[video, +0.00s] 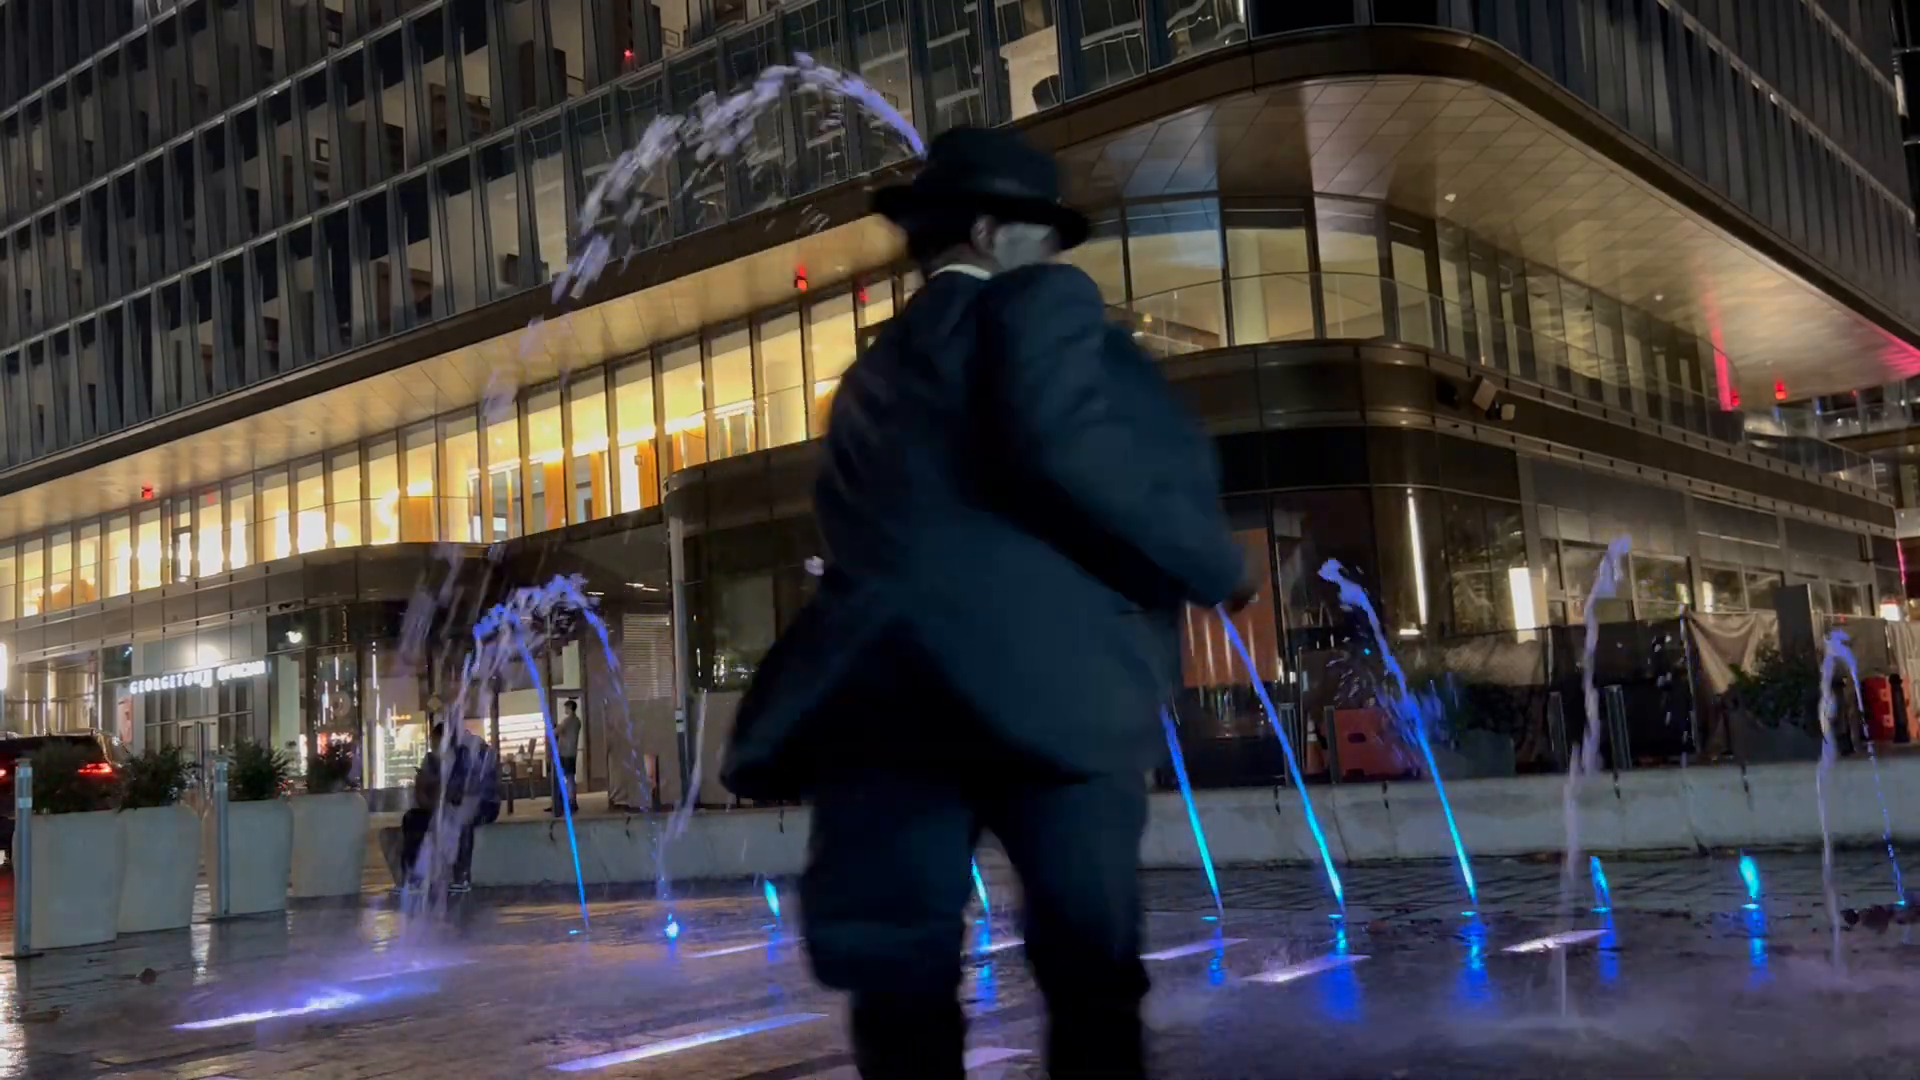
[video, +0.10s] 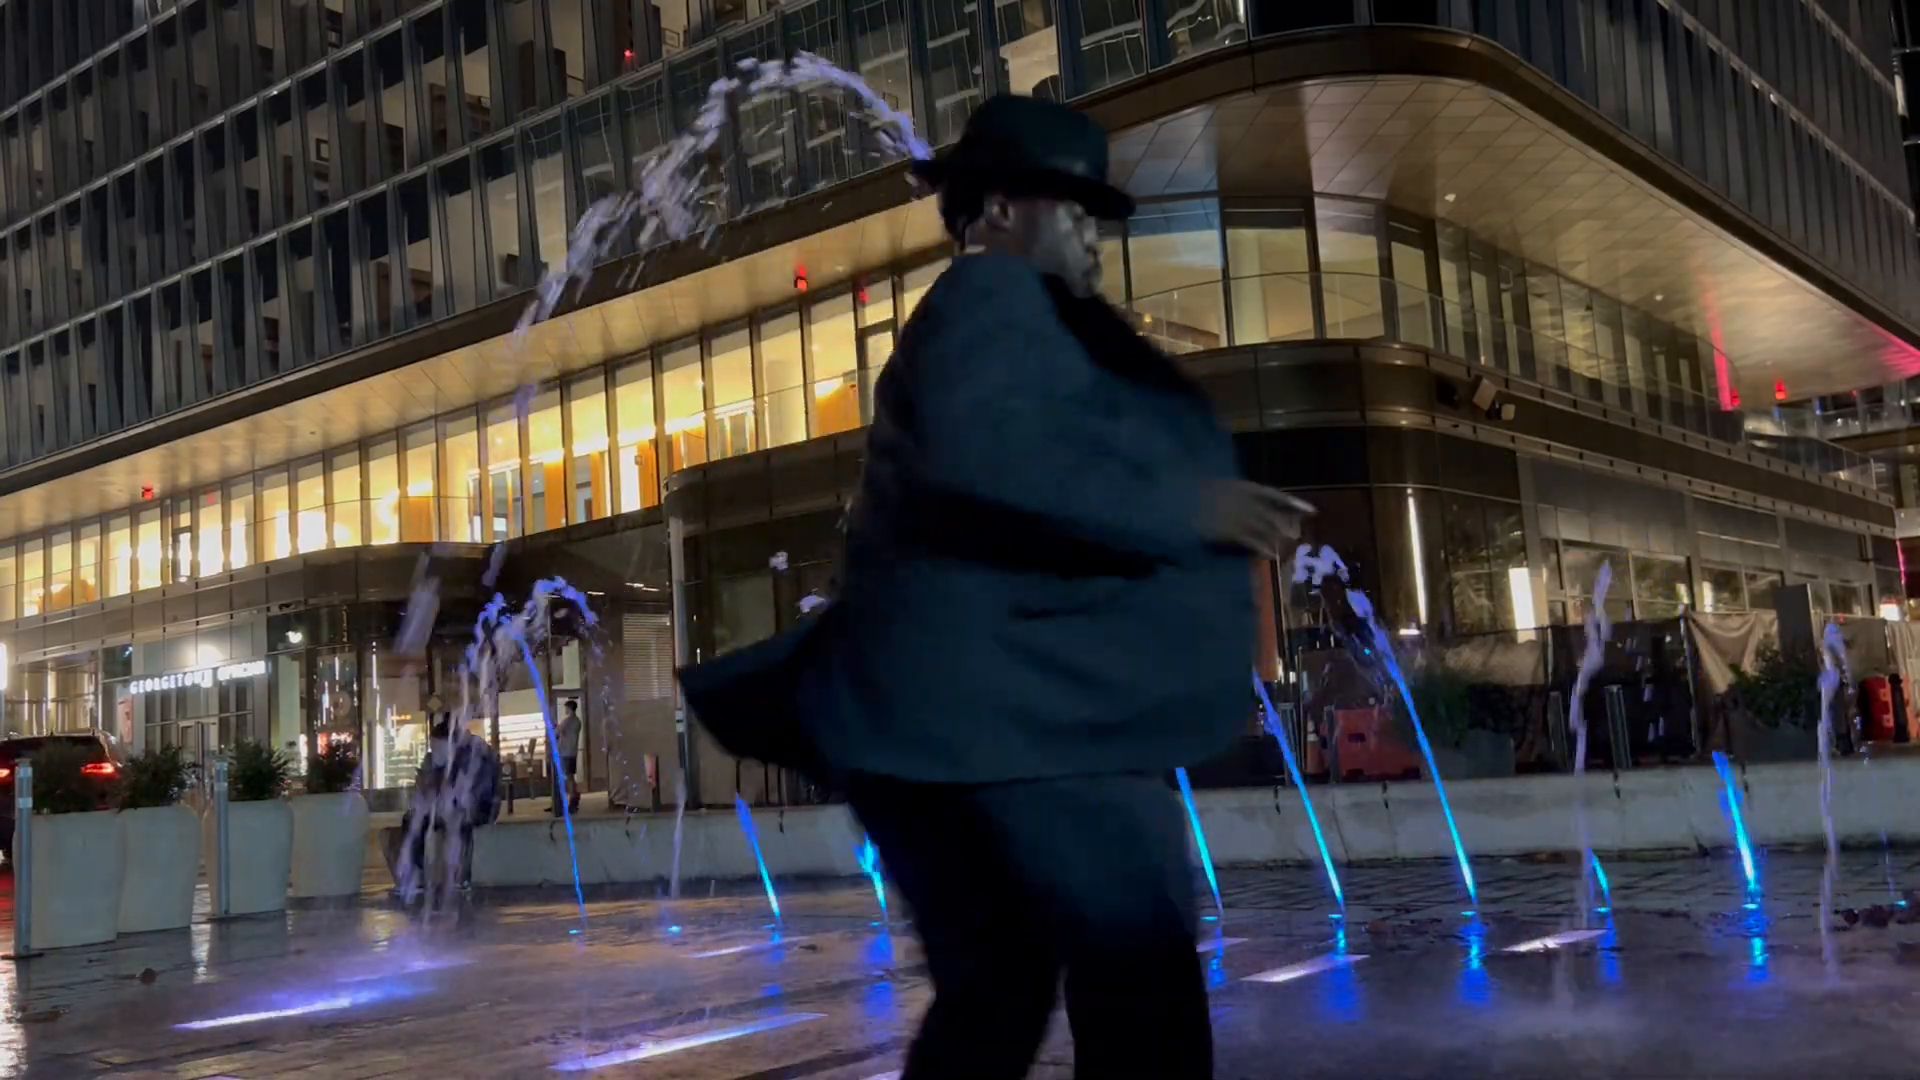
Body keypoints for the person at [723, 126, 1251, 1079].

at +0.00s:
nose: (1060, 248)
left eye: (1056, 230)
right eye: (1047, 229)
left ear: (933, 240)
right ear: (1002, 231)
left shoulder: (871, 369)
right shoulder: (1036, 299)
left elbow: (846, 523)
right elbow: (1067, 434)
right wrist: (1216, 564)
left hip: (880, 702)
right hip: (1041, 686)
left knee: (900, 994)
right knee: (1093, 989)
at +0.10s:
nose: (1094, 242)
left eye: (1097, 221)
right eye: (1078, 216)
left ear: (1009, 212)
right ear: (1002, 211)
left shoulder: (962, 312)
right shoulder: (996, 297)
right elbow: (985, 451)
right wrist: (1194, 505)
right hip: (994, 723)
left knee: (993, 988)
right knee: (1145, 984)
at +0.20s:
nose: (1094, 212)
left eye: (1096, 189)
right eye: (1073, 184)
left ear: (1009, 191)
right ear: (989, 184)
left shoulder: (1025, 326)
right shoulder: (919, 279)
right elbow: (835, 436)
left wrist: (1081, 558)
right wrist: (1037, 480)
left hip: (998, 680)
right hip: (942, 687)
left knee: (1074, 926)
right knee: (1087, 923)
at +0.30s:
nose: (1057, 184)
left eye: (1060, 160)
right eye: (1032, 155)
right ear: (948, 158)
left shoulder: (1072, 319)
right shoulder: (831, 283)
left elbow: (1094, 482)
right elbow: (718, 443)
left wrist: (1127, 565)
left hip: (1067, 681)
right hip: (923, 687)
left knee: (1101, 990)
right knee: (1016, 988)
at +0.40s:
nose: (948, 200)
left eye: (964, 177)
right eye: (923, 172)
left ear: (982, 191)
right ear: (864, 182)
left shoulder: (1047, 319)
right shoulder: (762, 349)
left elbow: (1116, 474)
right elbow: (697, 519)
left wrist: (1152, 588)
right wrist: (813, 535)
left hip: (1064, 705)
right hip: (886, 728)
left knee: (1101, 993)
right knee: (905, 1014)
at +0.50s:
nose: (858, 242)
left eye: (880, 219)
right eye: (833, 219)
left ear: (908, 235)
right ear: (797, 239)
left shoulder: (1003, 340)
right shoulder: (760, 422)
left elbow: (1129, 486)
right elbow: (724, 592)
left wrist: (1144, 604)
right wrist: (797, 608)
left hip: (1031, 705)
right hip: (888, 737)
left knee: (1024, 982)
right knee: (844, 938)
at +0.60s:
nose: (787, 227)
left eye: (811, 201)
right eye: (772, 204)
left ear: (864, 209)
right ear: (758, 218)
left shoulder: (949, 305)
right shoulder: (770, 392)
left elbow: (1097, 446)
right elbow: (788, 561)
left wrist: (1025, 567)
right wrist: (806, 601)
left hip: (990, 670)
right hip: (877, 700)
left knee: (925, 917)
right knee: (872, 923)